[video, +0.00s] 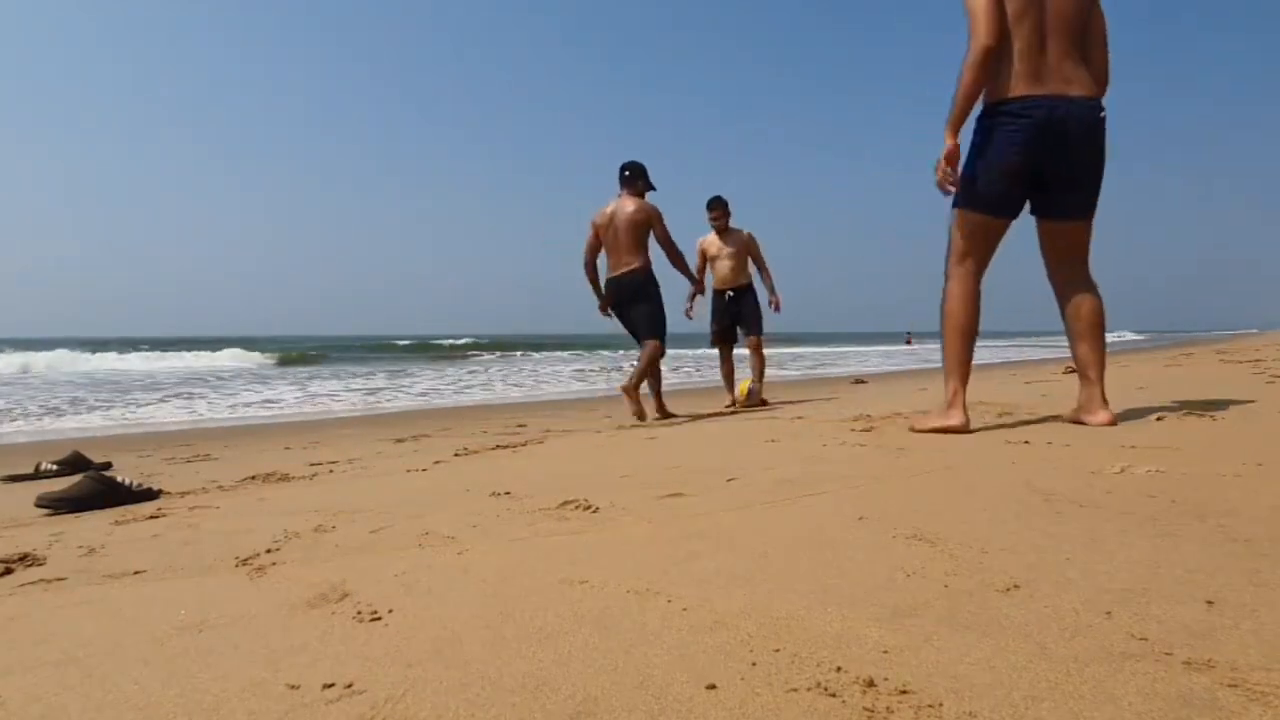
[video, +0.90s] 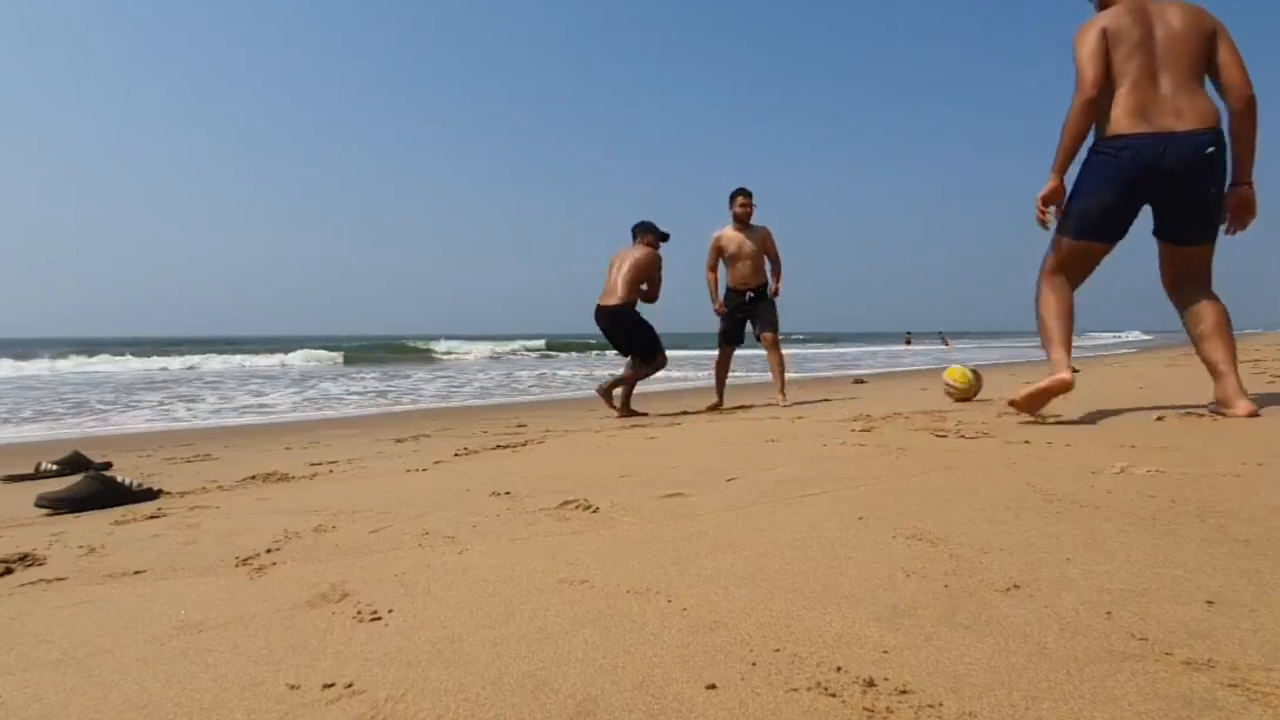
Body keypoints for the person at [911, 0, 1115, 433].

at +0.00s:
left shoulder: (988, 1)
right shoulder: (1084, 4)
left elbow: (985, 45)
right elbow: (1099, 72)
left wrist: (951, 131)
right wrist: (1067, 116)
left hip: (1010, 123)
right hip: (1080, 123)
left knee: (965, 263)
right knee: (1071, 265)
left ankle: (954, 405)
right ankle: (1094, 401)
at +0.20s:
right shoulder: (1088, 3)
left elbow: (994, 32)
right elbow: (1108, 55)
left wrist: (974, 115)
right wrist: (1124, 151)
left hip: (1027, 114)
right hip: (1095, 116)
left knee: (991, 262)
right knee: (1074, 265)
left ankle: (986, 409)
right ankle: (1094, 400)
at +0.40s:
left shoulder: (983, 1)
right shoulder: (1089, 3)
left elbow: (996, 41)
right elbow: (1114, 48)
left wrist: (977, 128)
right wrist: (1142, 145)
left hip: (1041, 118)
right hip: (1113, 119)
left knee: (988, 262)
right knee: (1094, 263)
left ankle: (984, 410)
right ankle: (1122, 390)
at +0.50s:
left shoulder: (990, 6)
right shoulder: (1100, 6)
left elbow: (997, 62)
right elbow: (1132, 67)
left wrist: (973, 153)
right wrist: (1155, 158)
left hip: (1055, 134)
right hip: (1127, 133)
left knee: (982, 268)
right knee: (1112, 266)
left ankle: (984, 410)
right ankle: (1175, 384)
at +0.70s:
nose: (1039, 4)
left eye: (1041, 5)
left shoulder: (1047, 20)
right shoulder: (1155, 10)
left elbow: (1033, 98)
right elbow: (1198, 84)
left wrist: (1000, 184)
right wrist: (1208, 167)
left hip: (1086, 149)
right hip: (1163, 149)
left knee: (1020, 281)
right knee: (1163, 279)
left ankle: (986, 411)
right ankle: (1230, 395)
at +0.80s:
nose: (1076, 9)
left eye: (1076, 7)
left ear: (1088, 2)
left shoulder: (1078, 26)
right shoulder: (1188, 14)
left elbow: (1064, 100)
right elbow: (1232, 91)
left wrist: (1031, 184)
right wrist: (1233, 176)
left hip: (1107, 153)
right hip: (1184, 153)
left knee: (1049, 281)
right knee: (1181, 281)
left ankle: (1003, 391)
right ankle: (1232, 393)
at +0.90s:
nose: (1095, 8)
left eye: (1095, 6)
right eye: (1095, 7)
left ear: (1106, 1)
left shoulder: (1098, 25)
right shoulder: (1202, 18)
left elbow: (1091, 93)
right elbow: (1242, 98)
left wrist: (1057, 176)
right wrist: (1243, 182)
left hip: (1123, 155)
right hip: (1197, 154)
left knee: (1059, 273)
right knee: (1191, 280)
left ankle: (1059, 366)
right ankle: (1231, 393)